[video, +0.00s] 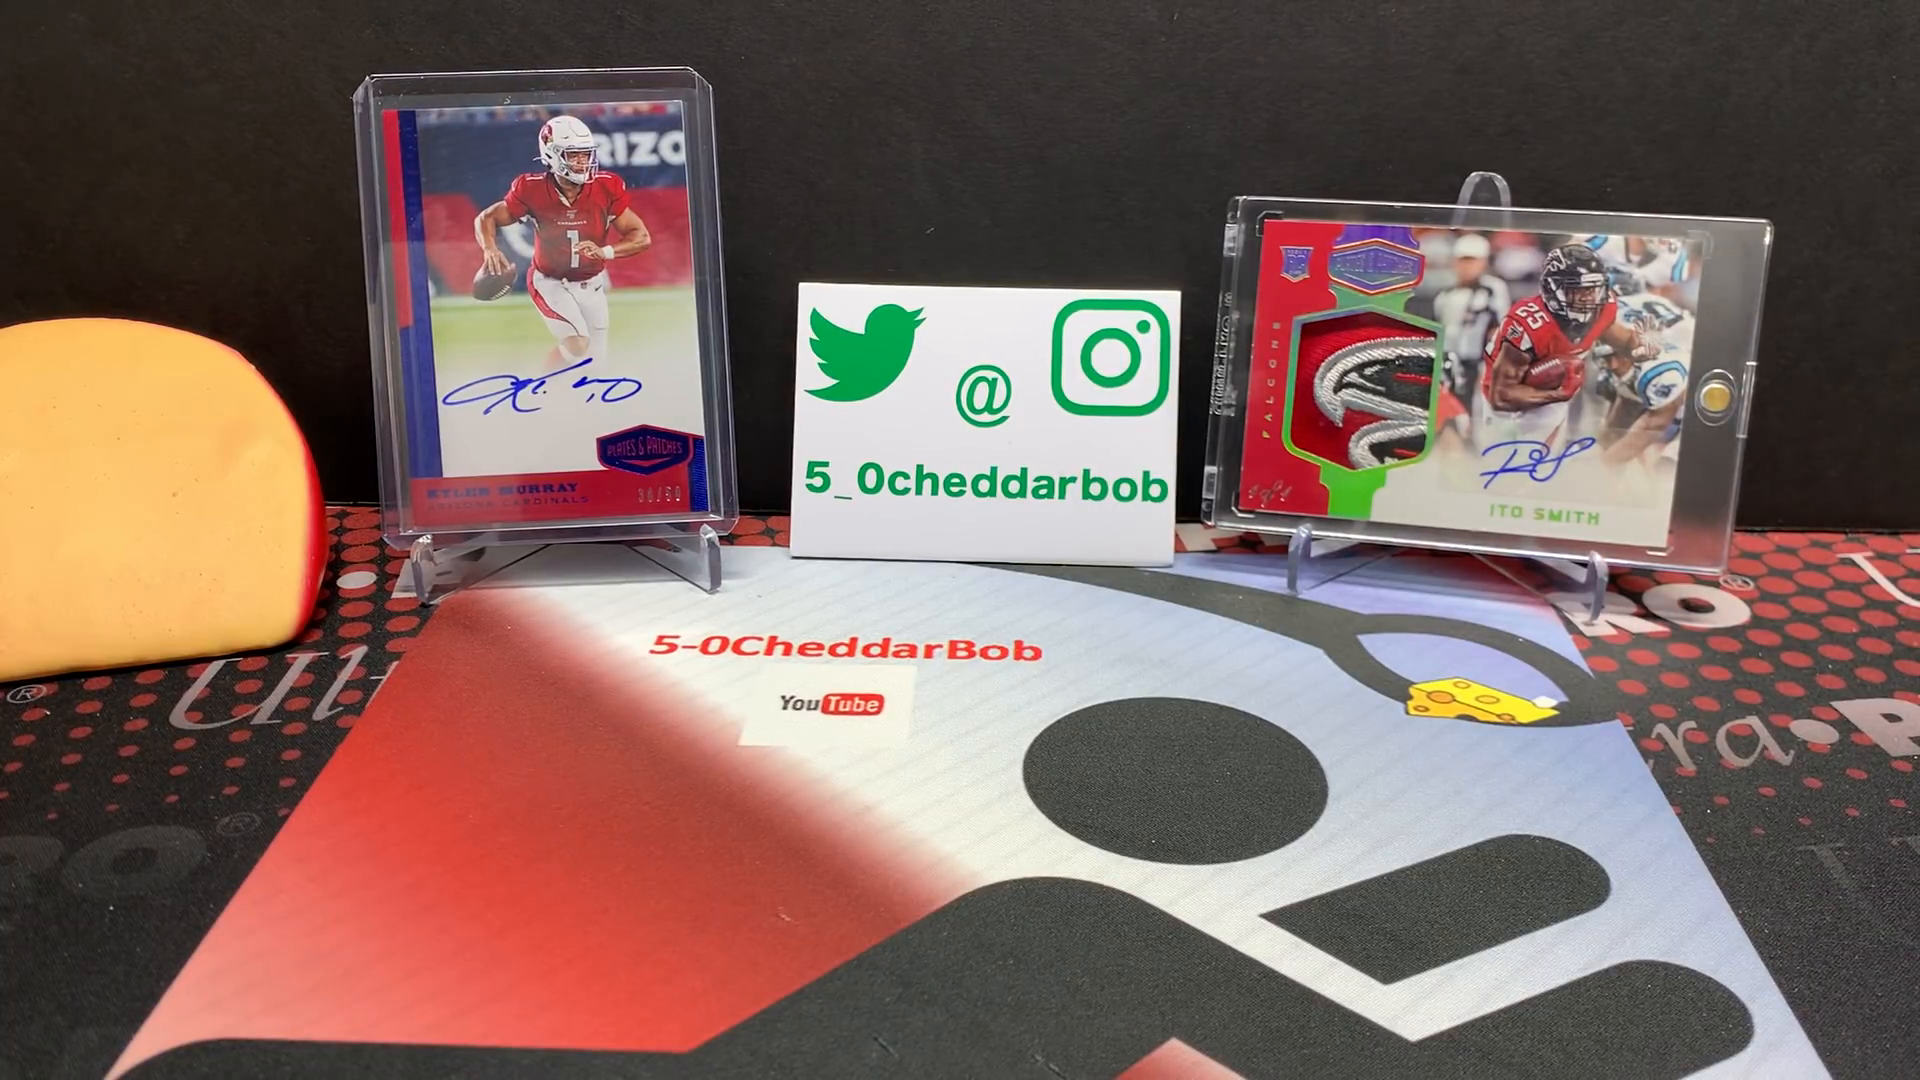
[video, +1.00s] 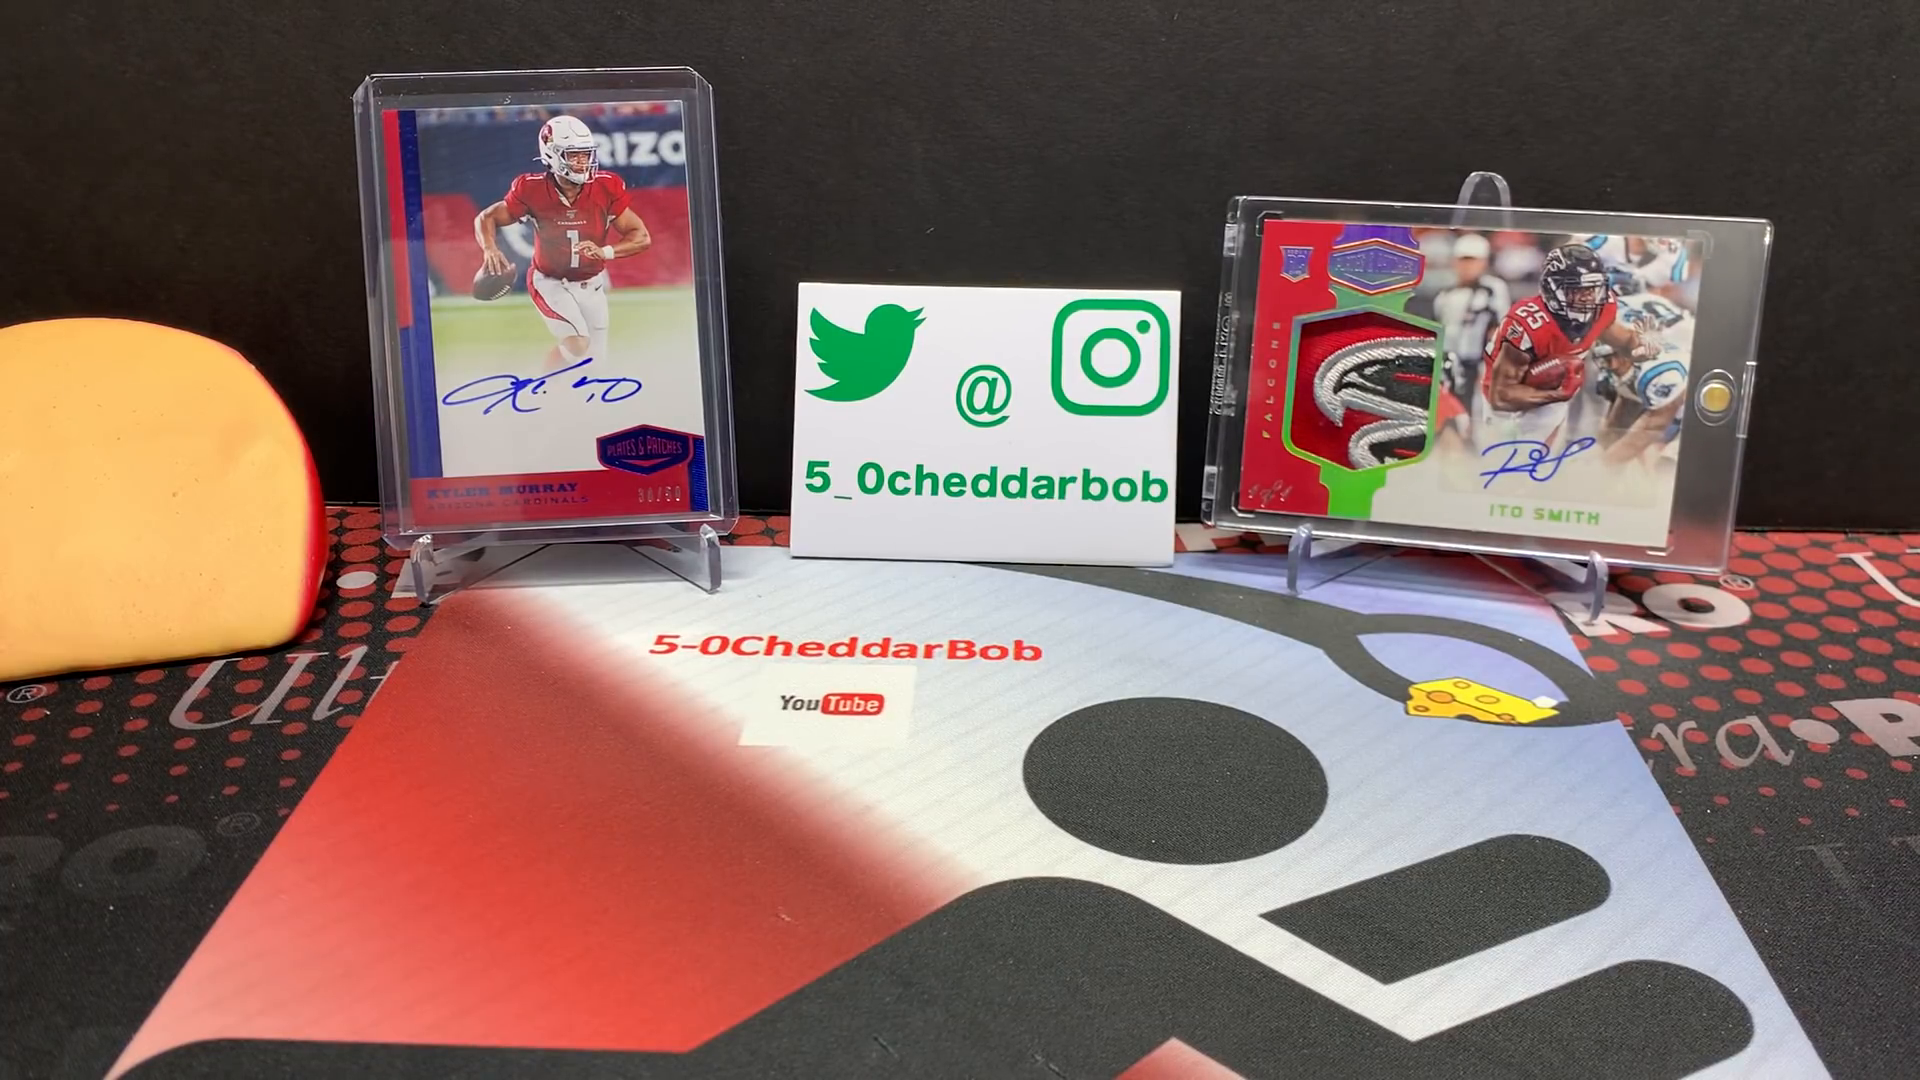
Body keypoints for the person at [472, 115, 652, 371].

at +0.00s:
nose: (580, 162)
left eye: (585, 155)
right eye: (572, 156)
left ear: (592, 154)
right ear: (552, 155)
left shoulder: (606, 187)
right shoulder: (530, 189)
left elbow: (642, 238)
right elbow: (484, 219)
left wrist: (606, 252)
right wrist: (490, 248)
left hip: (591, 283)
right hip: (549, 281)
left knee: (596, 362)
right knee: (577, 345)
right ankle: (534, 390)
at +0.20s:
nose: (580, 162)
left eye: (585, 155)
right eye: (572, 156)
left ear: (592, 154)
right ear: (552, 155)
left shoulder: (607, 187)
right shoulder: (530, 189)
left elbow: (642, 238)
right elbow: (484, 219)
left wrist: (606, 252)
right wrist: (490, 248)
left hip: (591, 283)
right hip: (549, 281)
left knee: (596, 363)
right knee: (577, 345)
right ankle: (534, 390)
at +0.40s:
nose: (580, 162)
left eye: (585, 155)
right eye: (572, 156)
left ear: (592, 154)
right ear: (552, 155)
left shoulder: (607, 187)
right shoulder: (530, 189)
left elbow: (642, 237)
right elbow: (484, 219)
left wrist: (606, 252)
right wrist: (490, 248)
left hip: (591, 283)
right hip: (549, 281)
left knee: (596, 363)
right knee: (577, 345)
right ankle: (534, 390)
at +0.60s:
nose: (580, 162)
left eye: (585, 155)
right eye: (573, 156)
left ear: (592, 154)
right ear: (552, 155)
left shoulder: (606, 187)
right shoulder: (530, 189)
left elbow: (642, 238)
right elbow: (484, 219)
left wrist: (606, 252)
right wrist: (490, 249)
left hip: (591, 283)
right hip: (549, 281)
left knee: (596, 363)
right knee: (577, 344)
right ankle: (534, 391)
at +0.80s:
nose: (580, 162)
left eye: (585, 155)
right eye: (573, 156)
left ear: (592, 154)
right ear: (552, 155)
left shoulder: (607, 187)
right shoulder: (530, 189)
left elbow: (642, 237)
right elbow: (484, 219)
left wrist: (606, 252)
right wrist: (490, 249)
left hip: (591, 283)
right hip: (549, 281)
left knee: (596, 363)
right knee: (577, 344)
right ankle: (534, 391)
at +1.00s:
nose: (580, 162)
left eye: (584, 155)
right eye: (573, 156)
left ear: (592, 154)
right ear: (552, 155)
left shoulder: (606, 187)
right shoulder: (530, 189)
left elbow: (642, 237)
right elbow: (484, 219)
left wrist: (606, 252)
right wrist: (490, 248)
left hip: (591, 283)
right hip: (549, 280)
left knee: (596, 363)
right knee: (577, 344)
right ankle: (535, 391)